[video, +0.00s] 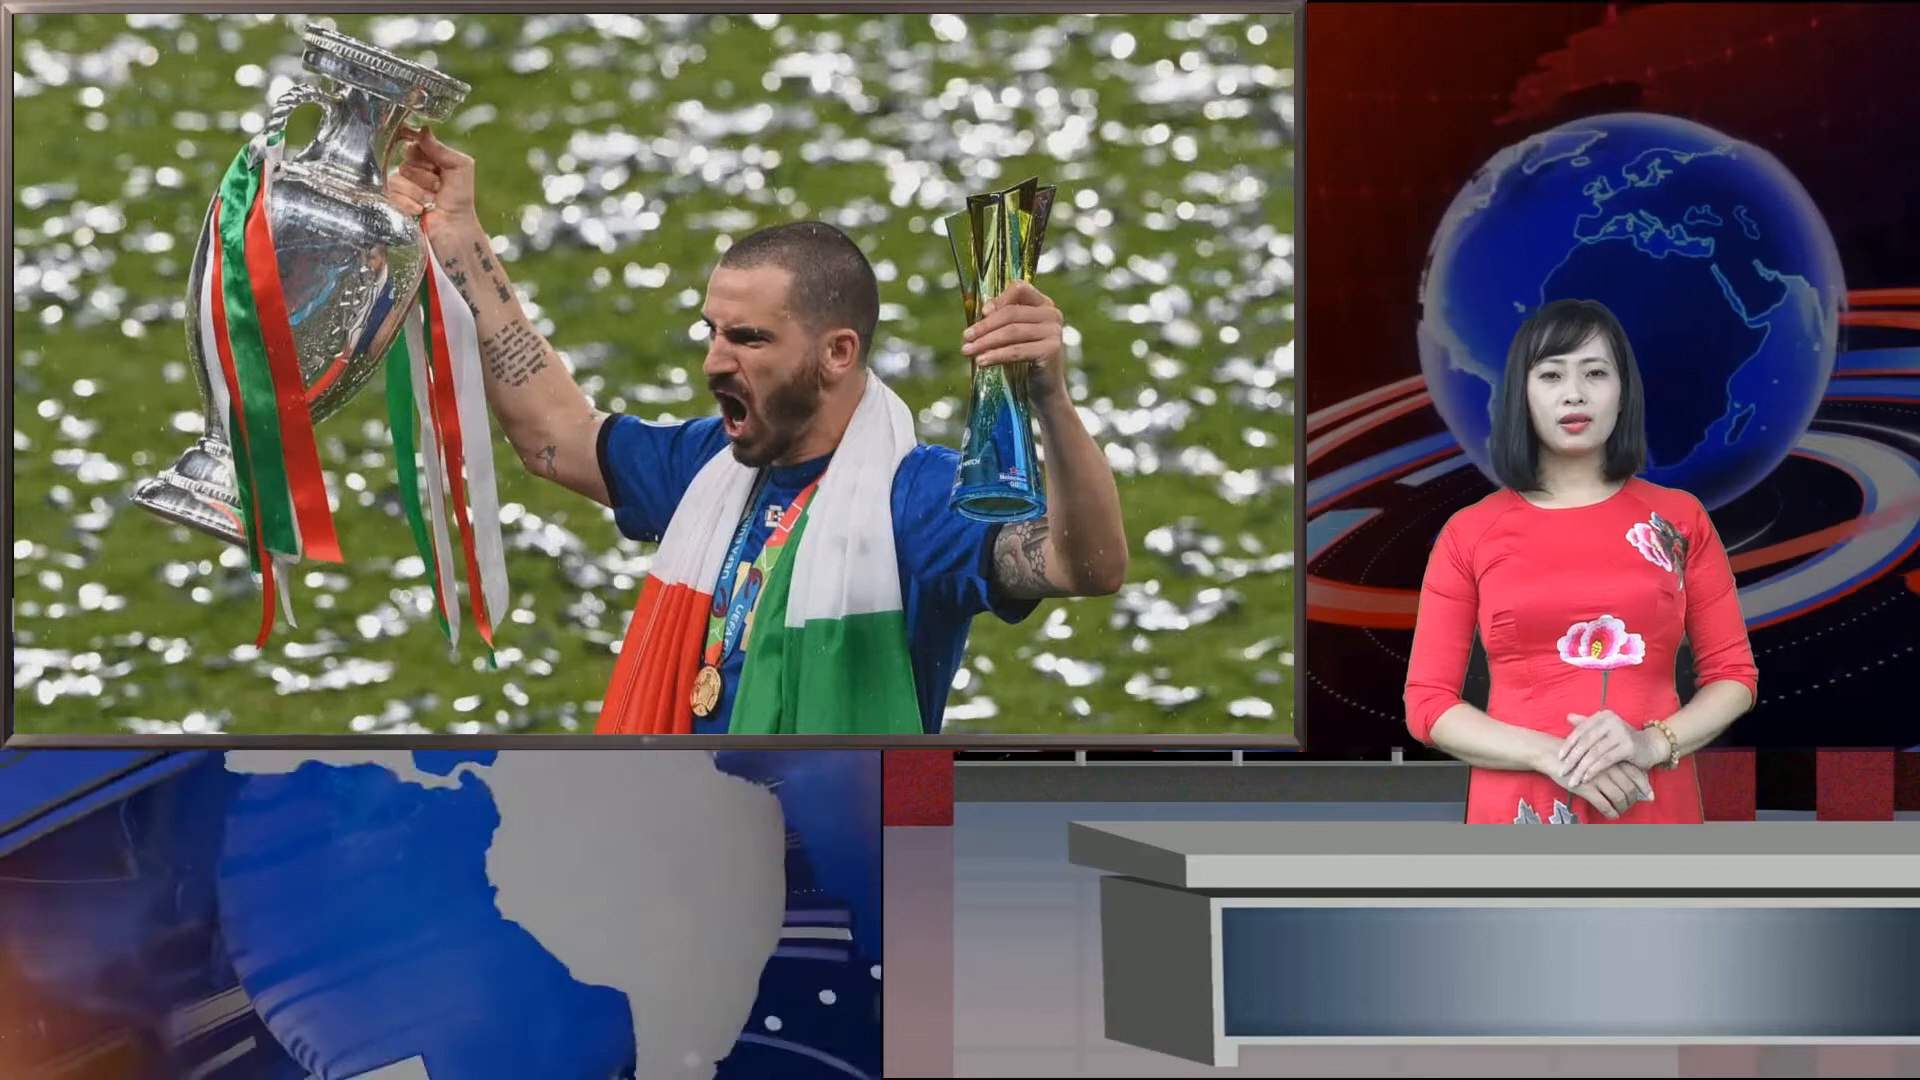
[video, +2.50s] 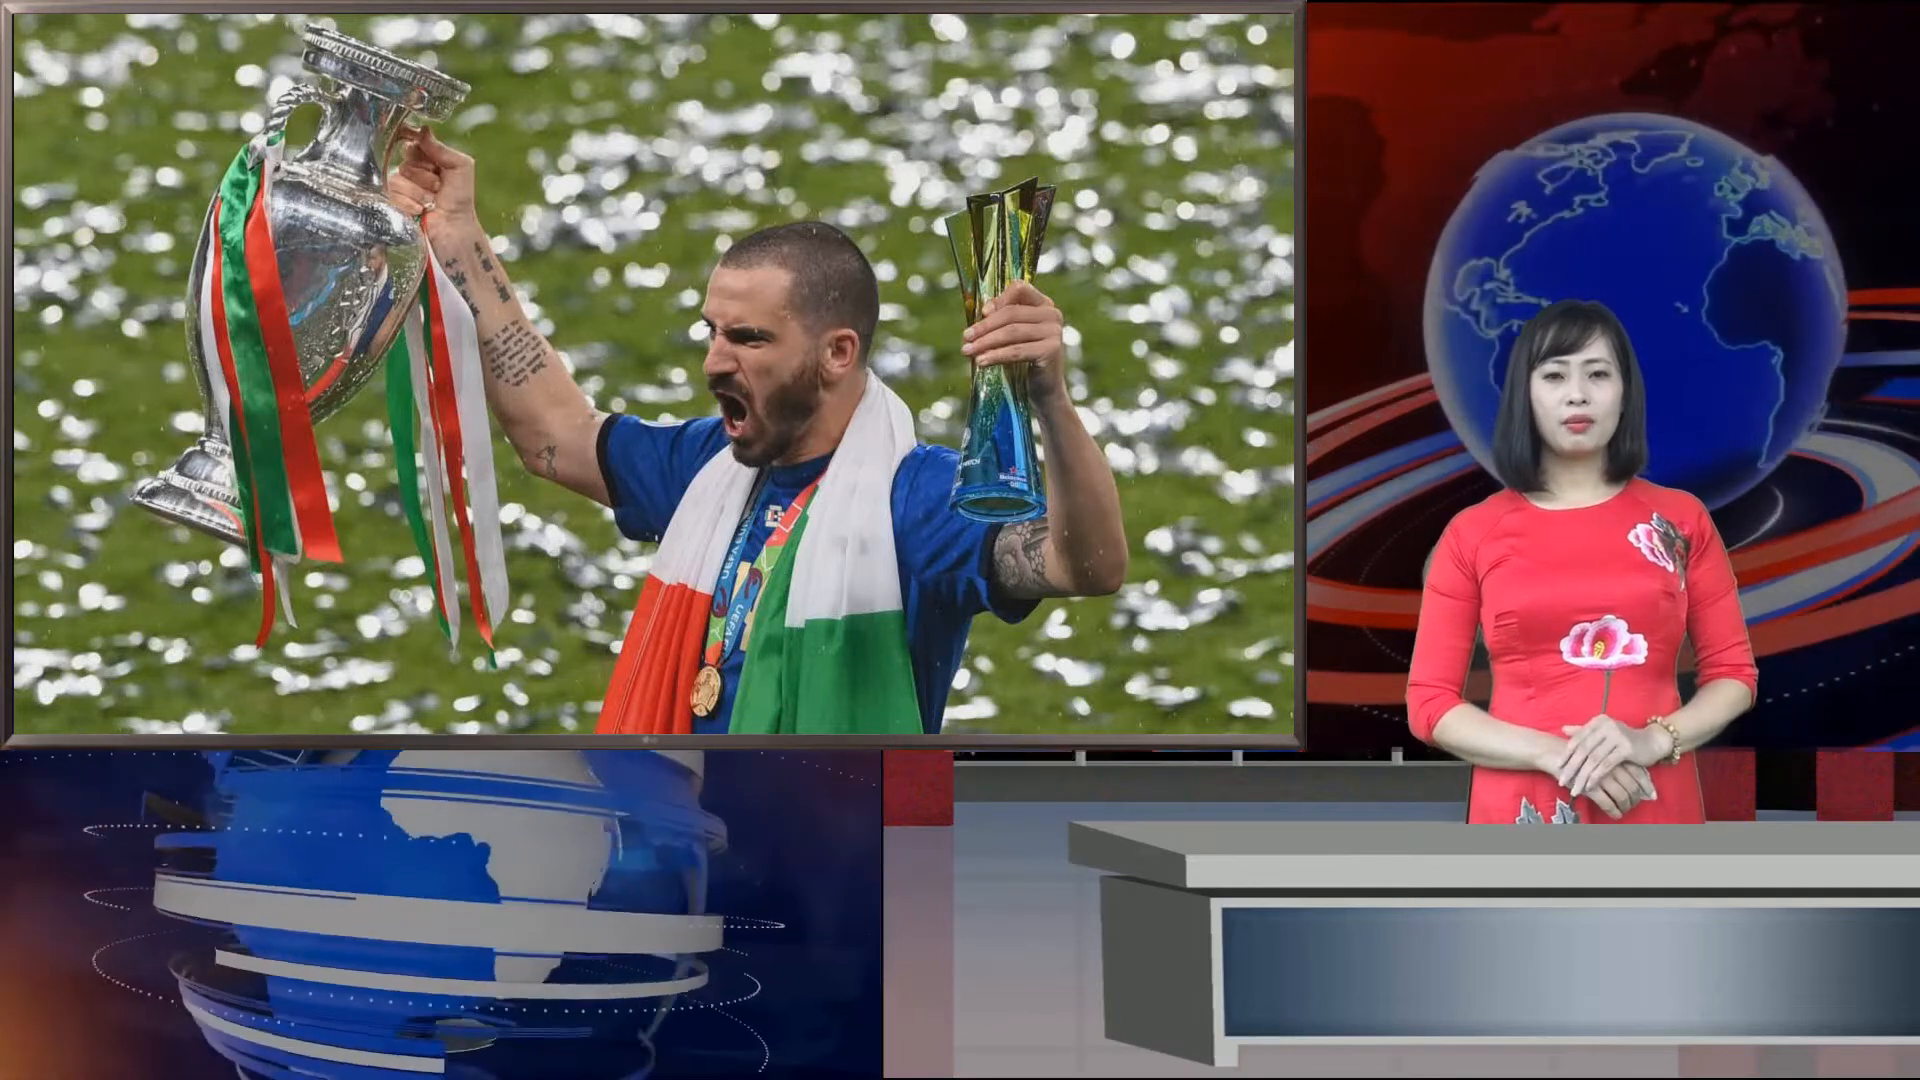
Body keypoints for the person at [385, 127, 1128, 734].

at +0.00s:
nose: (714, 361)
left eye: (747, 339)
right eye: (712, 333)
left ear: (839, 355)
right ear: (705, 327)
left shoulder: (915, 493)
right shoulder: (702, 465)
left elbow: (1090, 563)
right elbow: (557, 438)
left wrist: (1049, 398)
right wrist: (464, 252)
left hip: (833, 898)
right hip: (671, 884)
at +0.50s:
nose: (714, 361)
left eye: (747, 339)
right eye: (712, 333)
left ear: (839, 355)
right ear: (705, 327)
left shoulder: (915, 493)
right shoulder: (702, 465)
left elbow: (1090, 563)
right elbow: (557, 438)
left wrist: (1049, 398)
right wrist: (465, 253)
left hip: (832, 907)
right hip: (671, 893)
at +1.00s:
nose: (714, 362)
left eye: (747, 339)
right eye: (712, 333)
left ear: (839, 355)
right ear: (705, 327)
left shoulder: (915, 493)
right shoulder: (703, 466)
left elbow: (1090, 563)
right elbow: (557, 438)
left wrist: (1049, 398)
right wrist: (464, 251)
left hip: (830, 898)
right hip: (666, 890)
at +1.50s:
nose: (713, 362)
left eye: (747, 339)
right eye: (711, 333)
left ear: (839, 356)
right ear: (705, 327)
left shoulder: (915, 493)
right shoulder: (703, 466)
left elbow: (1090, 563)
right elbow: (557, 438)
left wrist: (1049, 399)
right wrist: (464, 252)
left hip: (833, 893)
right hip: (670, 883)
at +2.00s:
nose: (713, 362)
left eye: (747, 339)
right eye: (711, 333)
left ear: (839, 355)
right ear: (705, 327)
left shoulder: (915, 493)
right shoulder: (703, 466)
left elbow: (1090, 563)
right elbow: (557, 438)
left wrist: (1049, 398)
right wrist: (464, 252)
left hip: (833, 890)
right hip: (674, 881)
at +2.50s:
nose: (713, 362)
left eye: (747, 339)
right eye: (711, 333)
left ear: (838, 355)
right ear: (705, 327)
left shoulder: (914, 493)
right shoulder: (703, 466)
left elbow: (1090, 563)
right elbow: (557, 438)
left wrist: (1049, 399)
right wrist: (464, 252)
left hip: (834, 908)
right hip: (672, 894)